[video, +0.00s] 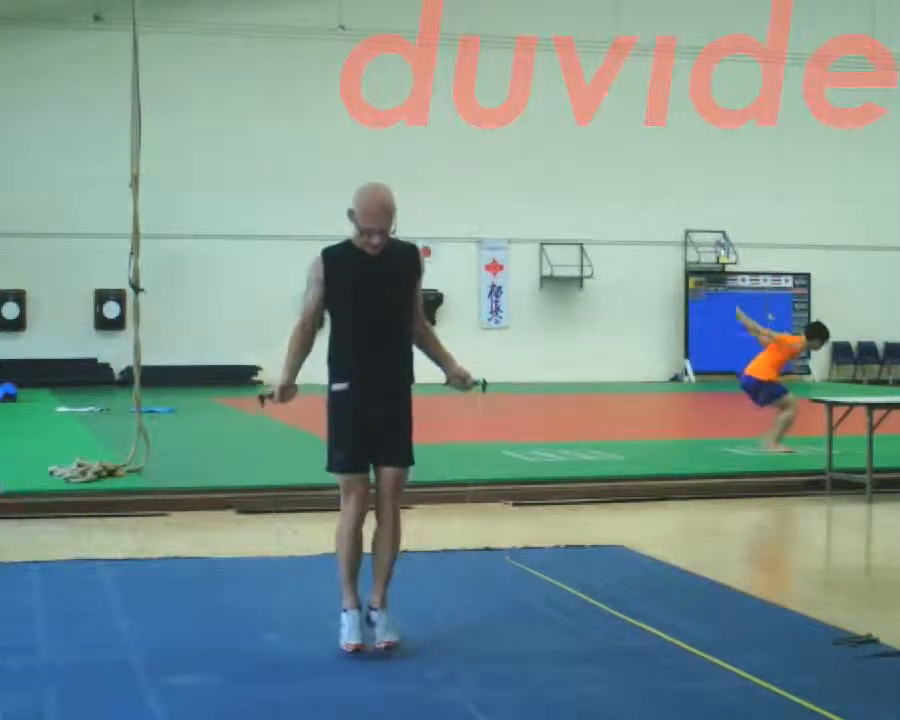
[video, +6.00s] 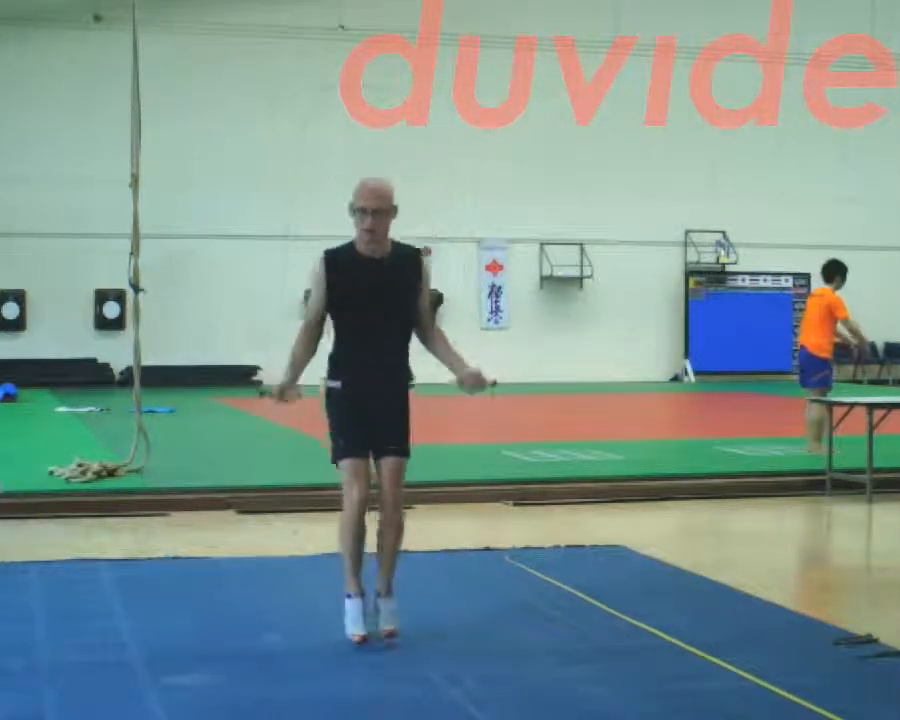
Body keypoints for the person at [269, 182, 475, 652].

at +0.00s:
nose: (376, 240)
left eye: (383, 232)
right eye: (368, 233)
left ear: (394, 222)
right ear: (353, 220)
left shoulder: (409, 258)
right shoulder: (329, 262)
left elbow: (417, 324)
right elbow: (308, 324)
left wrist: (450, 366)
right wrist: (288, 377)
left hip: (395, 392)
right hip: (349, 393)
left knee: (390, 498)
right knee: (355, 499)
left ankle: (379, 608)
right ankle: (350, 609)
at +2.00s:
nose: (372, 262)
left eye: (380, 253)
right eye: (363, 253)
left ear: (391, 245)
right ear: (348, 245)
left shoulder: (410, 287)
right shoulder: (325, 291)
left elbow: (423, 348)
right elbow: (304, 350)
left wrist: (454, 389)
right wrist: (284, 398)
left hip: (392, 416)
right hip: (348, 417)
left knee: (389, 519)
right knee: (357, 520)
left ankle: (375, 620)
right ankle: (349, 622)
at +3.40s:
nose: (377, 238)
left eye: (385, 229)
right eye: (369, 229)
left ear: (397, 221)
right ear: (355, 219)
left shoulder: (414, 260)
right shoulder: (332, 263)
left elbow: (429, 328)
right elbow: (309, 327)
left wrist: (452, 384)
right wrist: (284, 385)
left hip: (396, 391)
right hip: (350, 393)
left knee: (395, 497)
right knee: (354, 499)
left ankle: (386, 603)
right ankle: (353, 605)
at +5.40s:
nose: (375, 208)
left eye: (384, 200)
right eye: (367, 199)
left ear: (397, 201)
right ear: (355, 201)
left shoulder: (417, 250)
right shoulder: (333, 253)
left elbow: (432, 313)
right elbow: (313, 316)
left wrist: (465, 360)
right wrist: (290, 369)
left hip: (395, 370)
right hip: (348, 370)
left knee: (396, 458)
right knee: (360, 460)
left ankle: (388, 570)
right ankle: (356, 573)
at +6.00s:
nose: (369, 222)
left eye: (378, 213)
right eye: (361, 213)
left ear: (393, 215)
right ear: (350, 215)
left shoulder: (414, 263)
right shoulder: (331, 264)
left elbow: (427, 329)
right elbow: (311, 328)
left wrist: (462, 369)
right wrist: (289, 379)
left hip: (393, 388)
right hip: (345, 388)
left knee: (392, 496)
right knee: (357, 495)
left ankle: (385, 593)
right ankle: (354, 596)